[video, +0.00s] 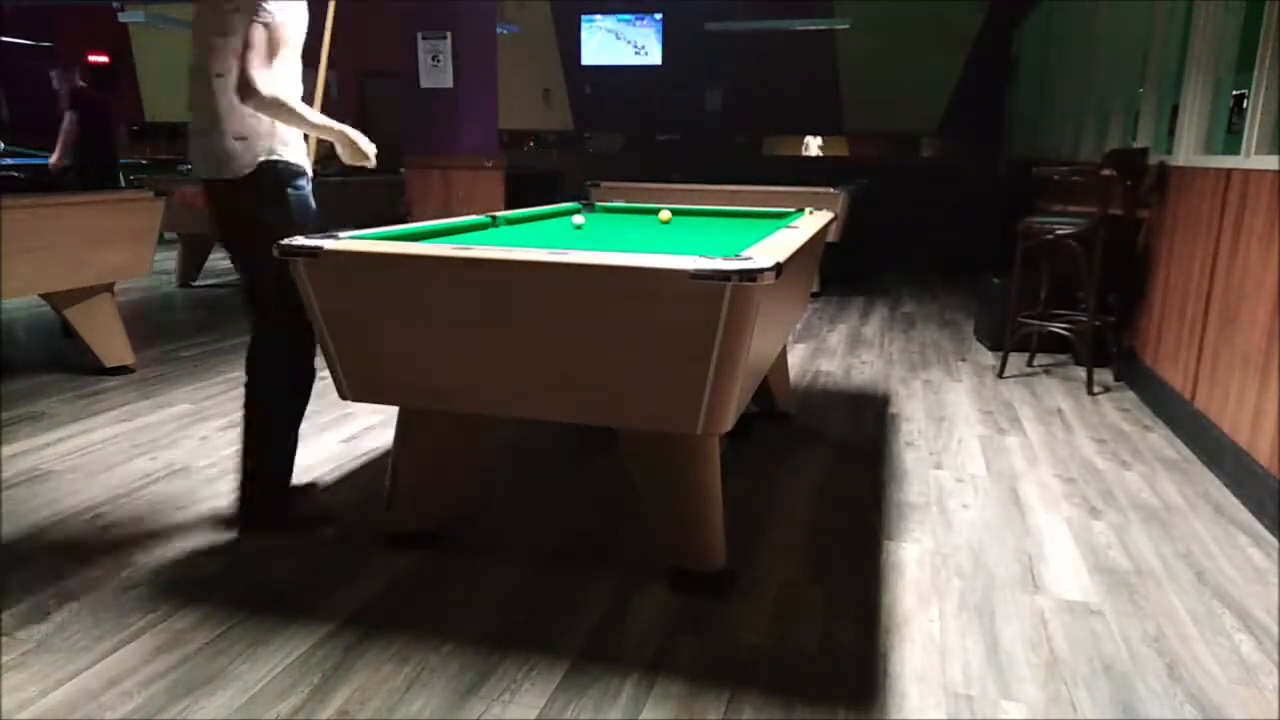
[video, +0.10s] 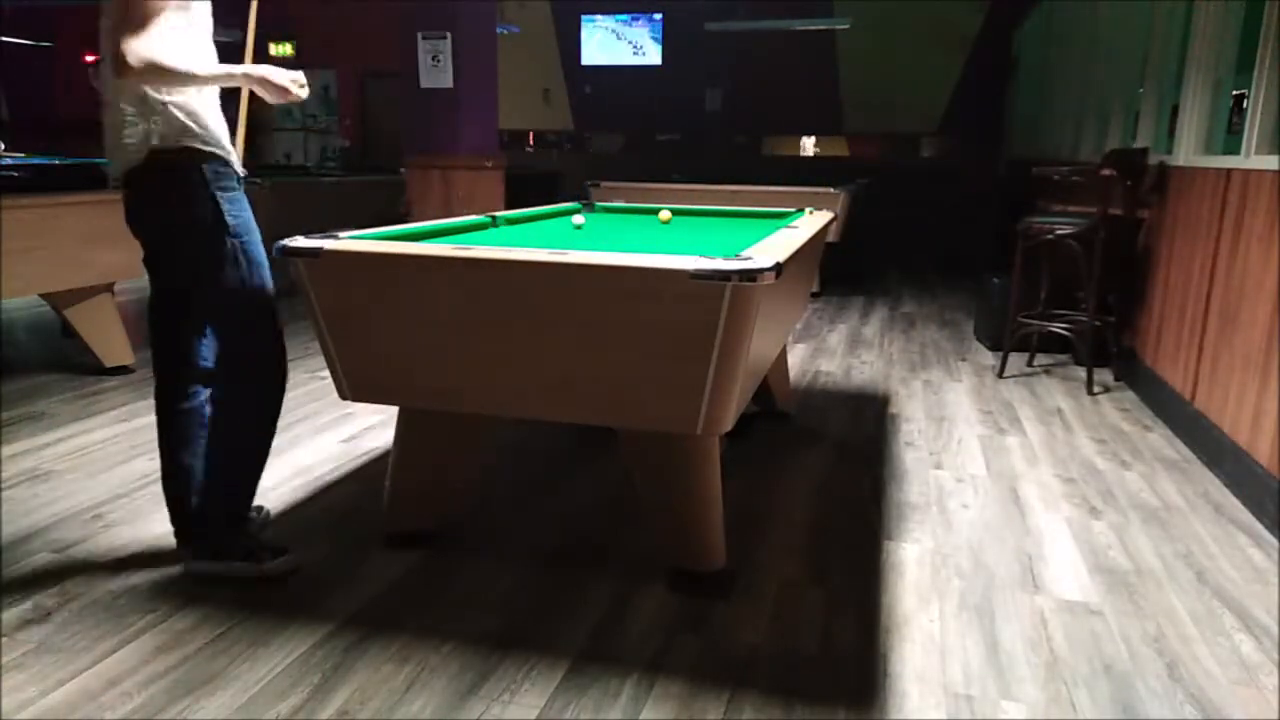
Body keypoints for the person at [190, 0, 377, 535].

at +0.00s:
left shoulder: (231, 11)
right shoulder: (276, 3)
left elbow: (234, 94)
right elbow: (256, 84)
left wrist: (299, 140)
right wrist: (337, 130)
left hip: (238, 177)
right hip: (265, 175)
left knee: (277, 336)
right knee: (289, 339)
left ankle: (262, 492)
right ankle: (267, 500)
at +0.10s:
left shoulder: (138, 11)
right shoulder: (166, 2)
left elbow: (145, 73)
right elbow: (137, 53)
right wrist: (246, 75)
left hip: (157, 173)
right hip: (193, 168)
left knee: (187, 362)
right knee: (258, 355)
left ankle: (199, 533)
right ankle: (223, 531)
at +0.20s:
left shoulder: (109, 14)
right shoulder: (132, 4)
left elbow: (180, 82)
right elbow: (178, 67)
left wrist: (251, 43)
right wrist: (247, 14)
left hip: (159, 173)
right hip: (180, 171)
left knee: (194, 355)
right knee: (213, 355)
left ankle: (201, 524)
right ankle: (201, 549)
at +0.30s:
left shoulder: (101, 13)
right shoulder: (134, 4)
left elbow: (183, 78)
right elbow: (190, 67)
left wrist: (252, 44)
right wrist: (260, 7)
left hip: (157, 179)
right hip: (185, 175)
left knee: (196, 358)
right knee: (216, 358)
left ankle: (202, 526)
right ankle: (201, 549)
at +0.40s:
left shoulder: (114, 16)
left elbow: (197, 80)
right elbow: (200, 51)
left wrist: (267, 47)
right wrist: (274, 6)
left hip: (167, 179)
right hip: (193, 175)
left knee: (198, 359)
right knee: (221, 360)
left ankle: (204, 526)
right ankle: (201, 549)